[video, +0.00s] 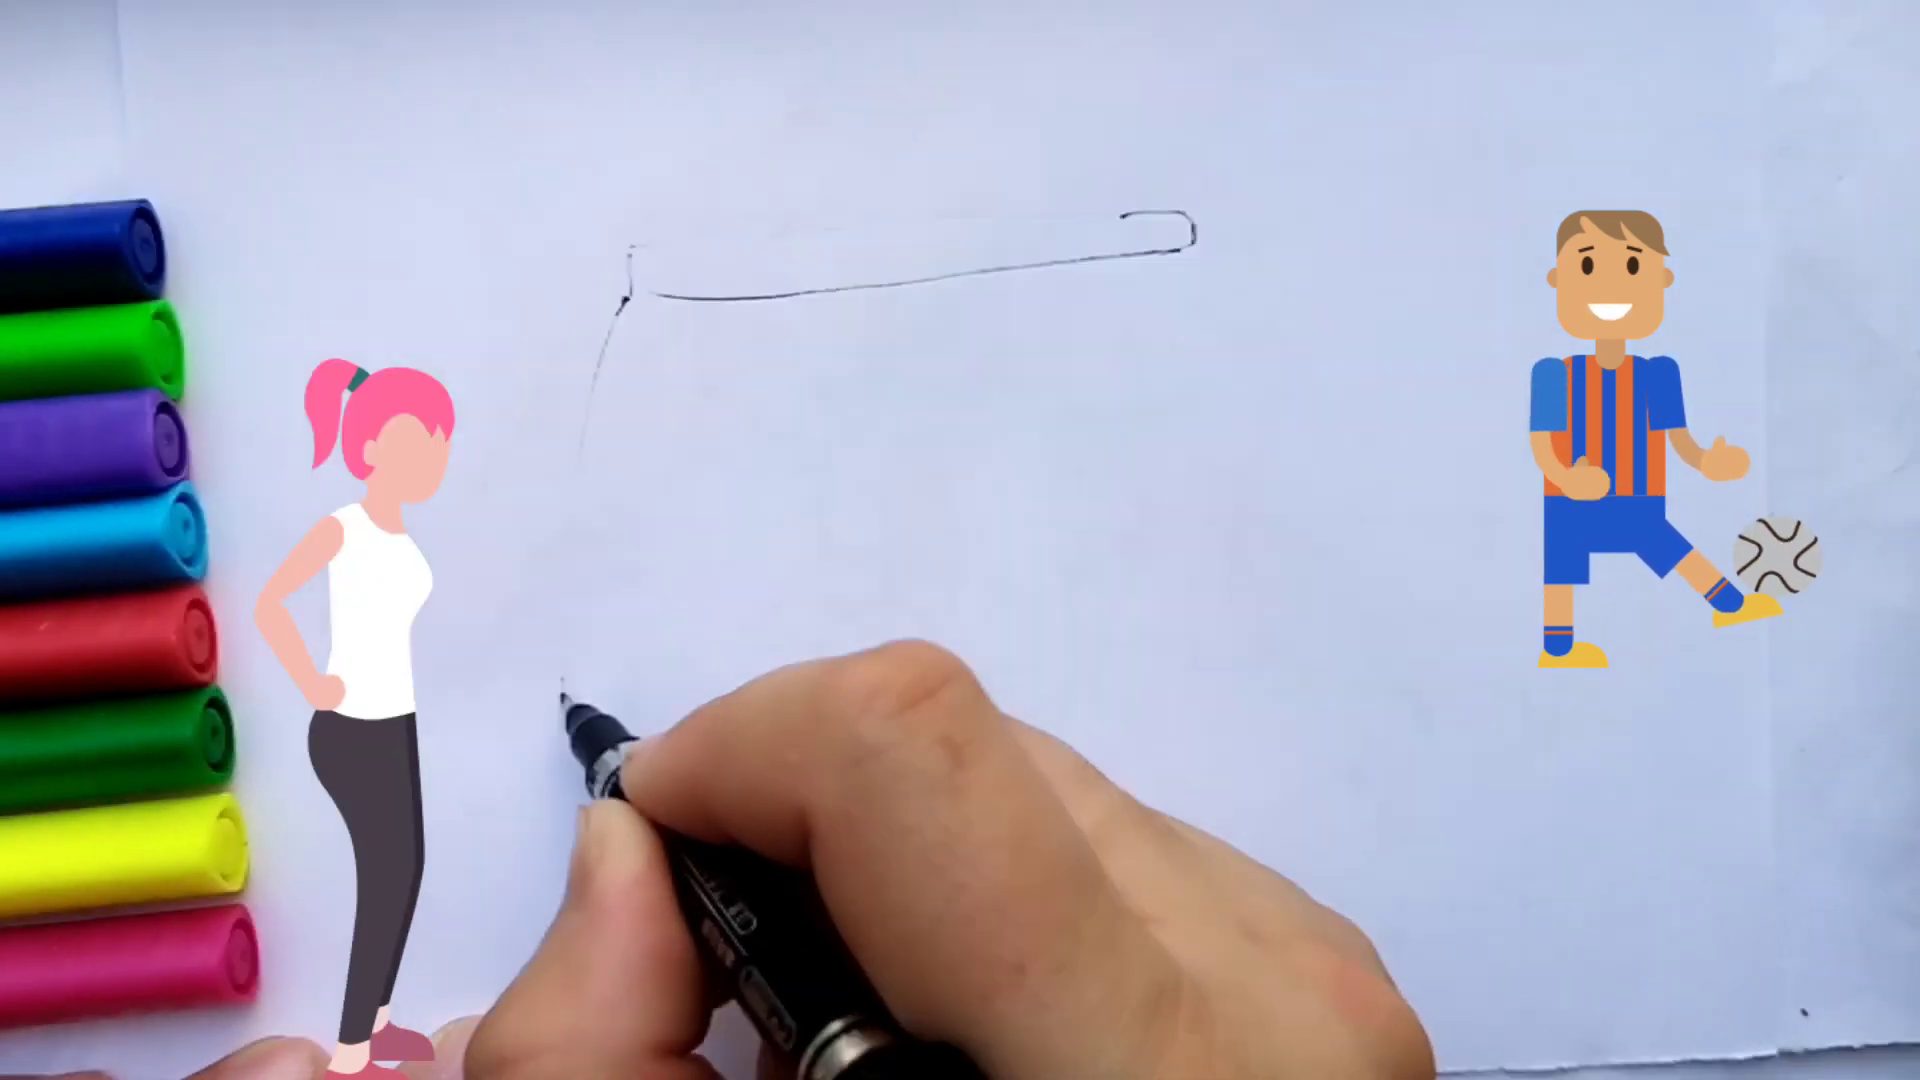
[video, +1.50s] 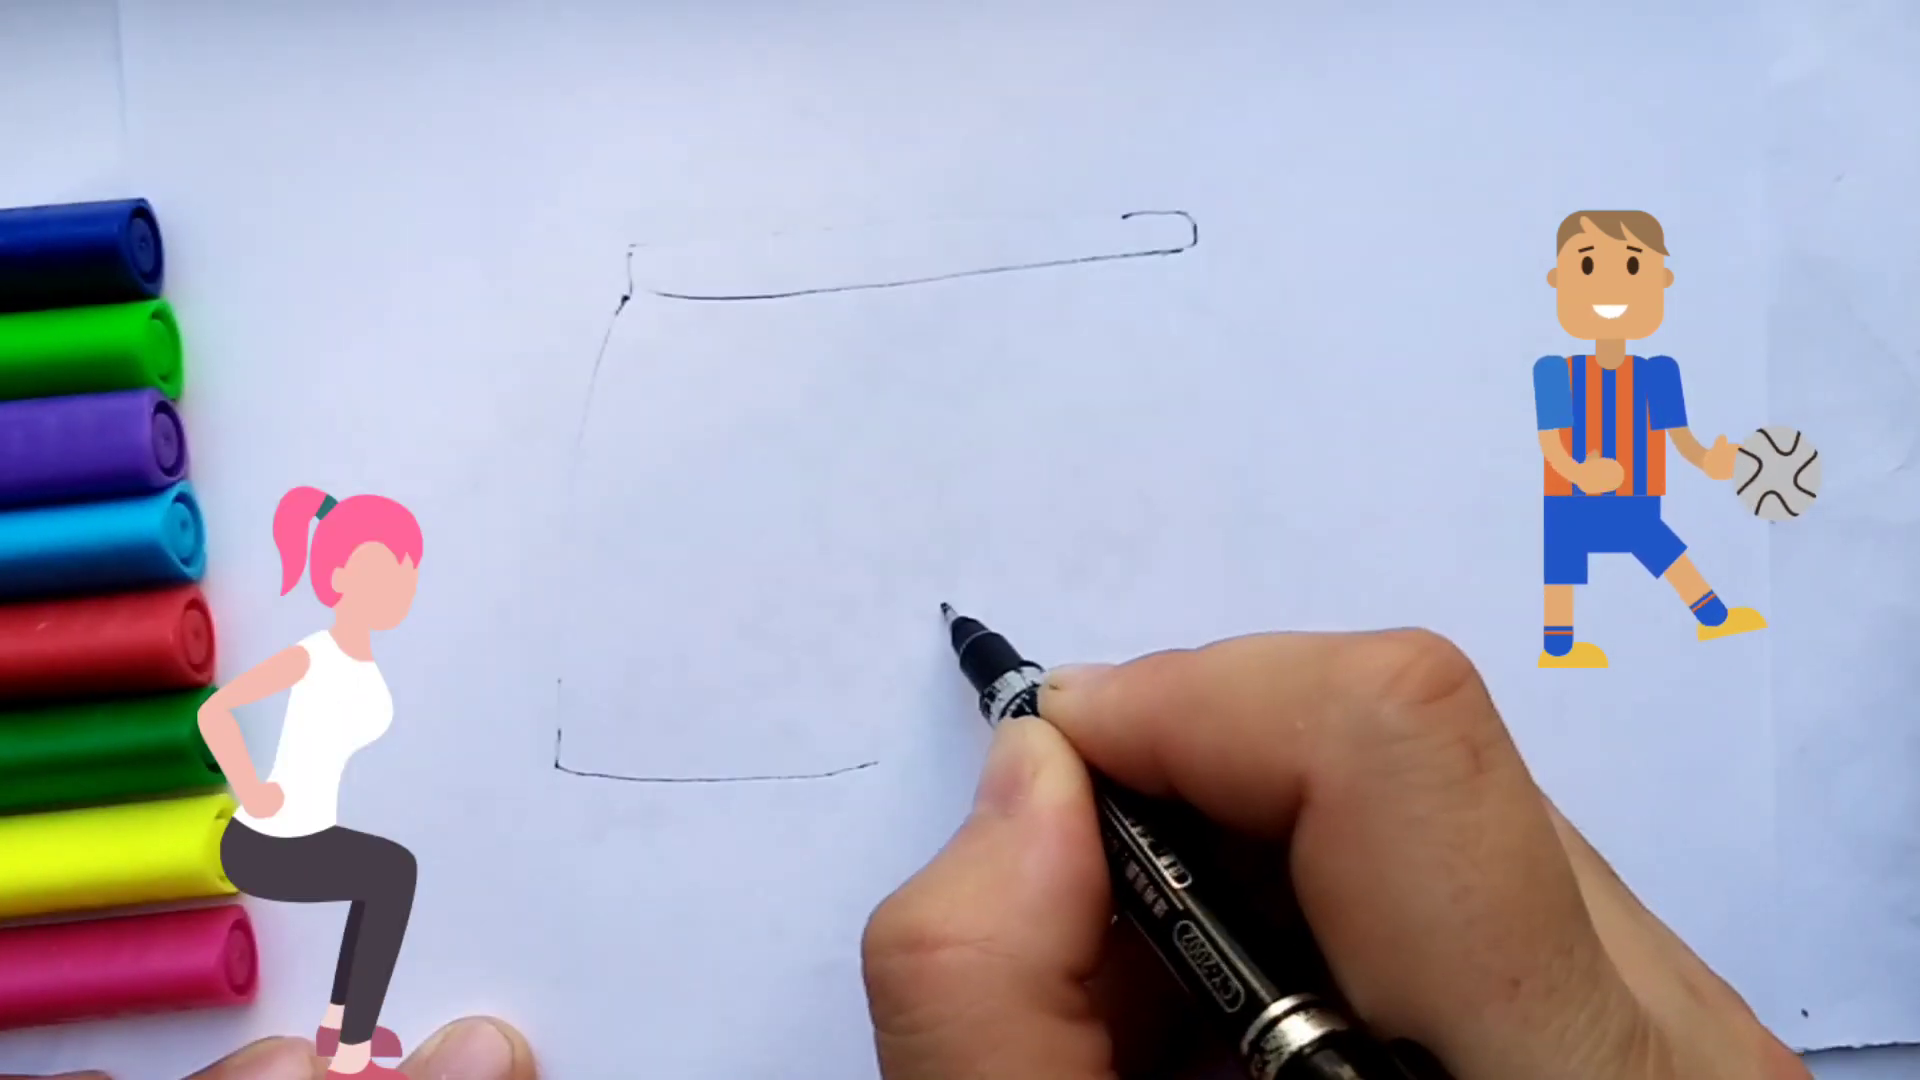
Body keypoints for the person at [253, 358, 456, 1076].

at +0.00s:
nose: (432, 457)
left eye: (436, 440)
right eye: (416, 438)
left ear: (440, 450)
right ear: (374, 447)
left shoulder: (403, 535)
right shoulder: (344, 529)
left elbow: (386, 621)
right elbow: (268, 605)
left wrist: (396, 684)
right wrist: (312, 683)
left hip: (397, 730)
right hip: (353, 732)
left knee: (405, 871)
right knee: (386, 877)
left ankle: (373, 1019)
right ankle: (349, 1050)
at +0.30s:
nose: (399, 588)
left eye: (402, 571)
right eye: (383, 571)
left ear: (405, 580)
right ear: (343, 579)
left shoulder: (364, 664)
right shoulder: (311, 656)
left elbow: (323, 739)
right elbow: (214, 712)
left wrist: (318, 799)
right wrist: (249, 790)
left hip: (309, 842)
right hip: (264, 850)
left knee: (389, 865)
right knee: (392, 871)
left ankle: (340, 1023)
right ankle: (350, 1052)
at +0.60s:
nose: (436, 456)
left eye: (440, 440)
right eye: (420, 437)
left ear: (442, 449)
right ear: (374, 447)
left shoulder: (404, 535)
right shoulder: (344, 528)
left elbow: (385, 623)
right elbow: (269, 605)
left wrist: (396, 687)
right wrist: (312, 684)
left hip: (397, 731)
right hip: (354, 733)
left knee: (406, 870)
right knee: (387, 876)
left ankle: (374, 1021)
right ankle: (349, 1049)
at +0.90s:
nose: (403, 588)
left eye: (404, 571)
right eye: (385, 571)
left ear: (406, 580)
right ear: (343, 578)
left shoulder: (364, 663)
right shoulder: (312, 656)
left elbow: (322, 738)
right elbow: (213, 712)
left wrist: (315, 795)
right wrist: (249, 790)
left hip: (307, 842)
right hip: (263, 851)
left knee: (391, 865)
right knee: (392, 872)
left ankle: (341, 1020)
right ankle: (351, 1053)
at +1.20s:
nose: (438, 455)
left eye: (440, 439)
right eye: (422, 437)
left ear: (439, 450)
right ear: (375, 446)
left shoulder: (404, 535)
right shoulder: (343, 528)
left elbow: (386, 623)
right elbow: (269, 605)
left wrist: (396, 686)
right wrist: (312, 684)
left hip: (398, 730)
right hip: (353, 731)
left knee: (406, 871)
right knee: (387, 876)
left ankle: (375, 1020)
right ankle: (350, 1049)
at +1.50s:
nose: (406, 586)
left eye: (406, 570)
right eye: (391, 569)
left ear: (401, 579)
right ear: (346, 578)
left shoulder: (362, 662)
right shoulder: (311, 656)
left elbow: (321, 738)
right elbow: (213, 712)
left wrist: (317, 798)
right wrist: (250, 791)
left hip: (307, 842)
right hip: (263, 851)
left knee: (391, 865)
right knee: (392, 872)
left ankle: (339, 1021)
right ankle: (350, 1056)